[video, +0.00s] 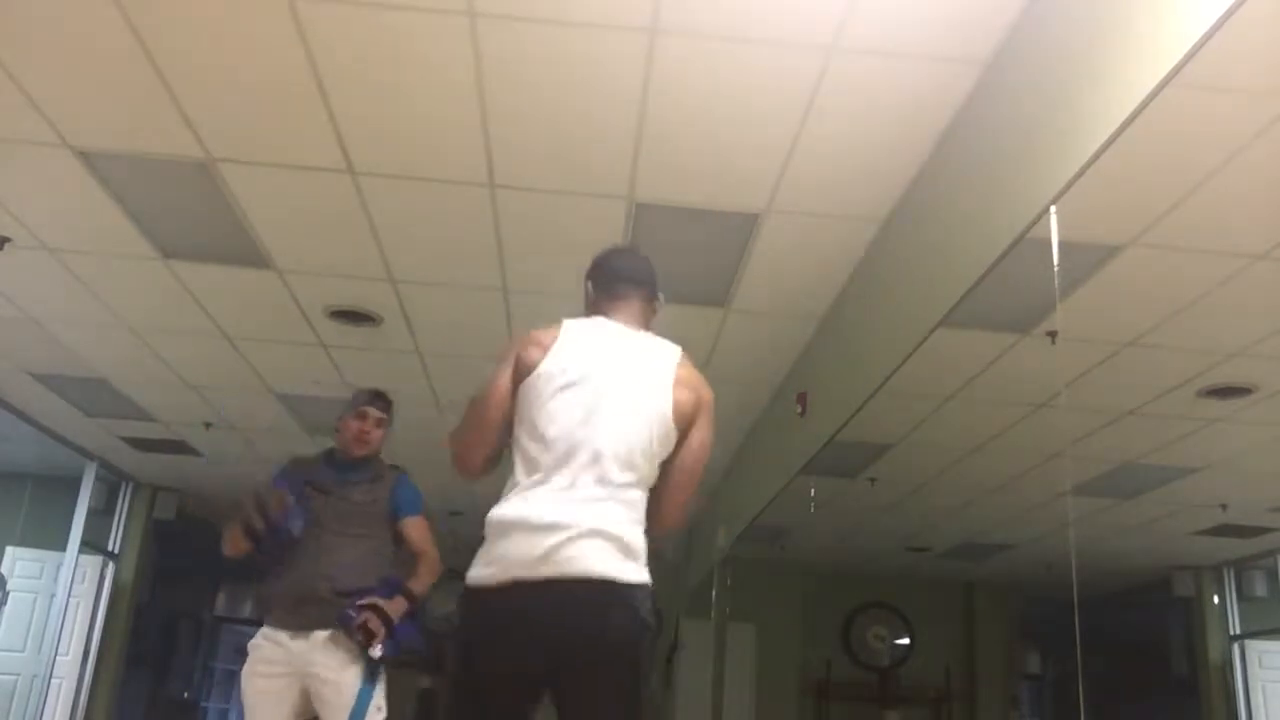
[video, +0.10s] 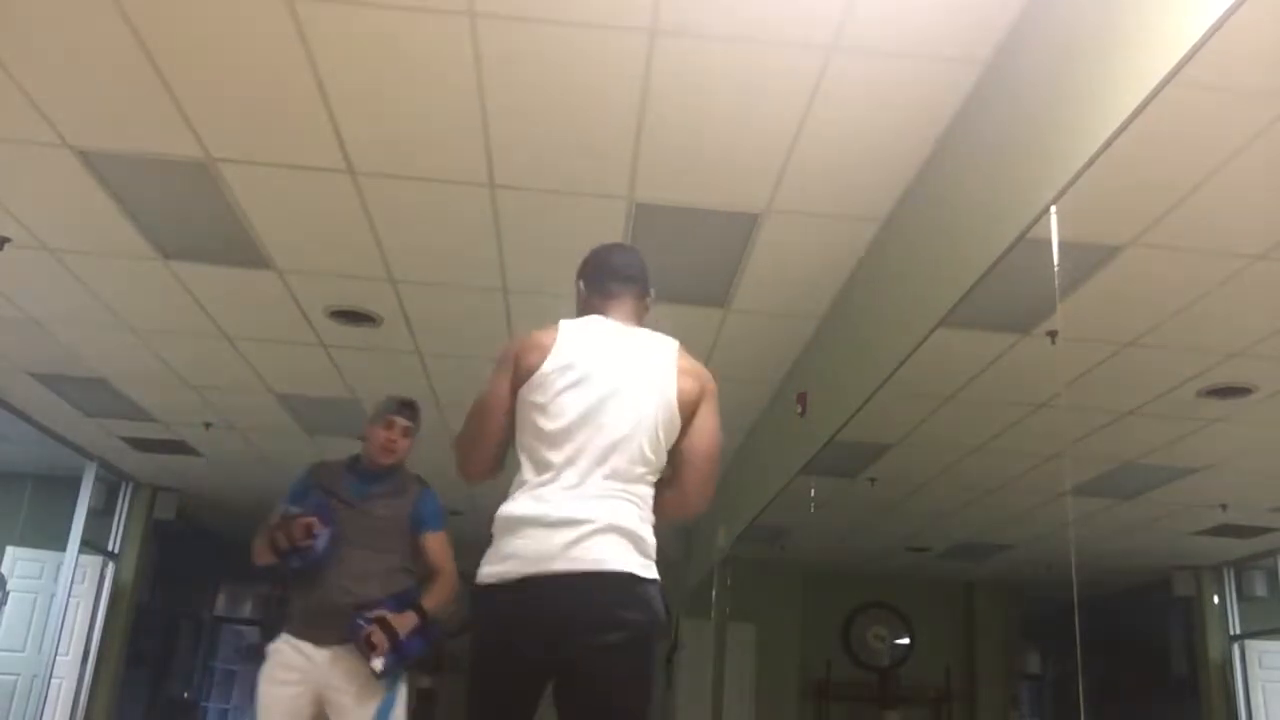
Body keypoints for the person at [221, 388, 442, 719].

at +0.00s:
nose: (367, 429)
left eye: (378, 424)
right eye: (360, 418)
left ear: (385, 436)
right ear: (340, 423)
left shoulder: (394, 484)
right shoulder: (297, 472)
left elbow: (429, 560)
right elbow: (231, 547)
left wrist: (397, 606)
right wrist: (260, 517)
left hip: (348, 646)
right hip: (276, 643)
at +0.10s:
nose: (393, 437)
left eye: (405, 433)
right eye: (387, 426)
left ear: (411, 445)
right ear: (367, 429)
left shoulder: (418, 496)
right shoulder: (320, 478)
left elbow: (447, 576)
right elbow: (260, 553)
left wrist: (407, 620)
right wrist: (286, 534)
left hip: (368, 661)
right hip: (295, 652)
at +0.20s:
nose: (421, 443)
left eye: (432, 437)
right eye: (415, 430)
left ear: (439, 448)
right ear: (395, 432)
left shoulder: (446, 500)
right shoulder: (348, 480)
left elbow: (478, 575)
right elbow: (289, 552)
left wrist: (436, 625)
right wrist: (324, 538)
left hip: (396, 664)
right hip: (325, 654)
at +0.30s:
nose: (442, 442)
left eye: (453, 435)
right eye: (435, 429)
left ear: (461, 446)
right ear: (418, 432)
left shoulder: (467, 496)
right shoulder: (372, 478)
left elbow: (506, 571)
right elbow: (311, 550)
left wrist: (463, 619)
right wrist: (355, 535)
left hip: (420, 659)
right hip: (353, 650)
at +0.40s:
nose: (457, 438)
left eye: (466, 431)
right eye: (450, 427)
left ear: (476, 442)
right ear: (431, 432)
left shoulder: (483, 490)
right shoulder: (392, 477)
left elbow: (502, 566)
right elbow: (330, 548)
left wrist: (470, 613)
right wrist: (376, 526)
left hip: (433, 653)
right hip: (370, 646)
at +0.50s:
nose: (458, 444)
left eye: (468, 437)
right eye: (452, 434)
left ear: (481, 445)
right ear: (439, 437)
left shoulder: (485, 491)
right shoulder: (403, 483)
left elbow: (499, 564)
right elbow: (342, 552)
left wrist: (470, 628)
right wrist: (391, 513)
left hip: (445, 645)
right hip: (390, 642)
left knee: (438, 713)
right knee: (380, 713)